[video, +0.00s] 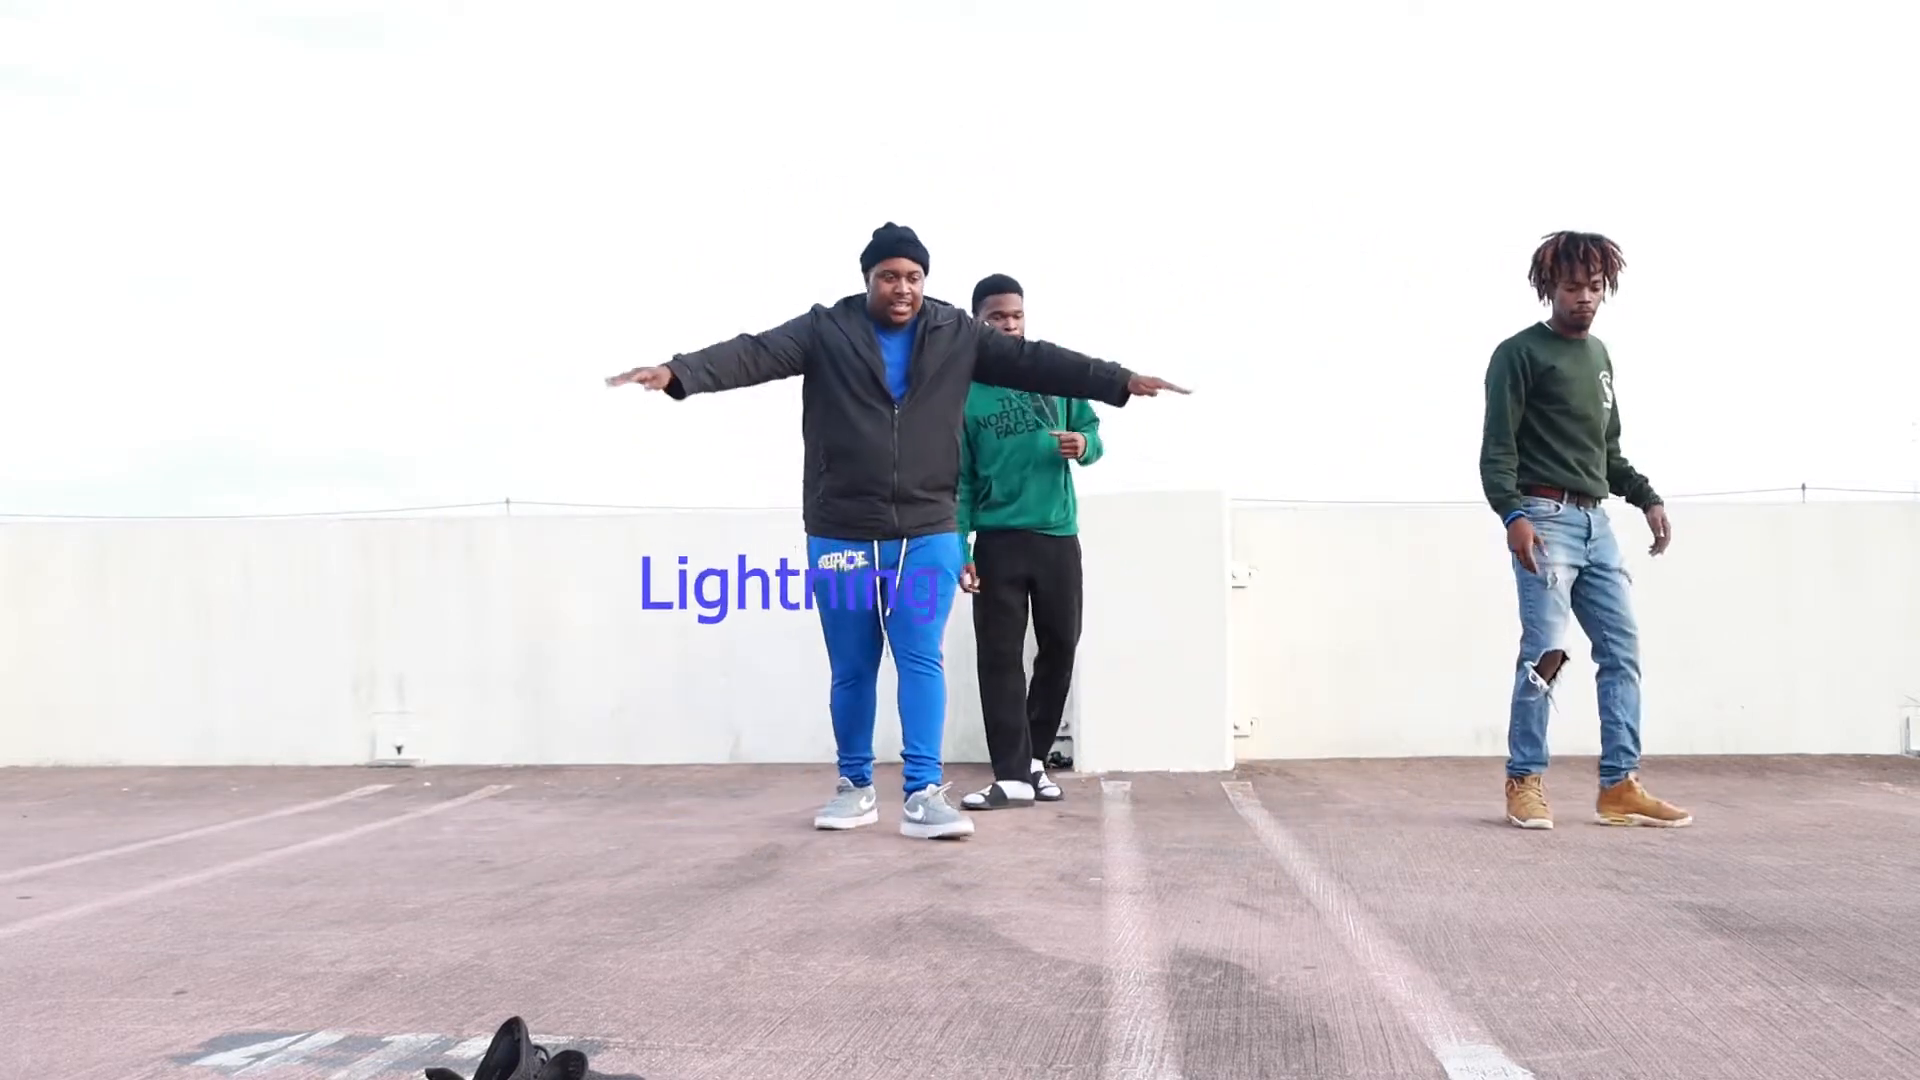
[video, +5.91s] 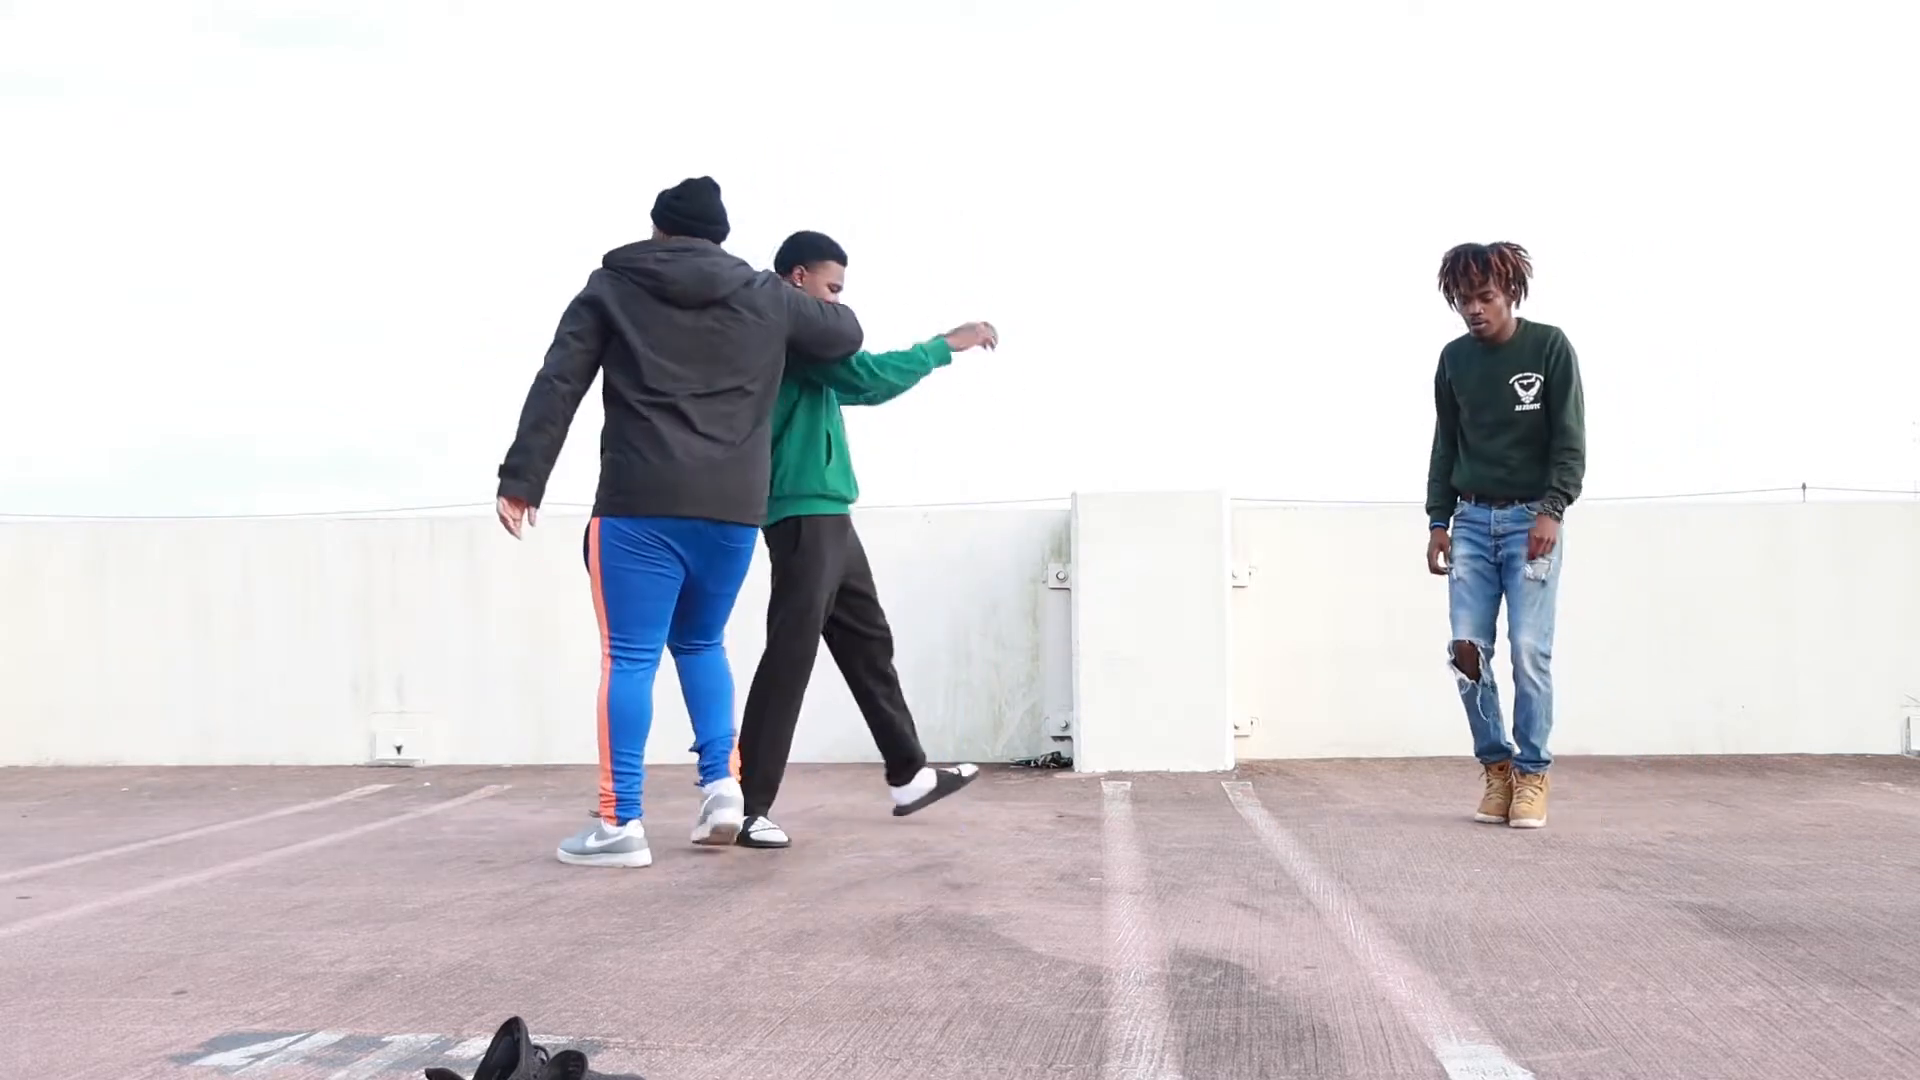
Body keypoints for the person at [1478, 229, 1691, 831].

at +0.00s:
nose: (1586, 296)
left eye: (1595, 285)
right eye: (1574, 285)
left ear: (1605, 288)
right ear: (1550, 286)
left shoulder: (1597, 355)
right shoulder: (1517, 354)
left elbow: (1607, 451)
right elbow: (1496, 452)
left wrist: (1648, 500)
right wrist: (1514, 515)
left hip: (1595, 518)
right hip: (1541, 516)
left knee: (1619, 650)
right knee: (1546, 650)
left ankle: (1619, 785)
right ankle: (1524, 781)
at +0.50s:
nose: (1612, 289)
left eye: (1622, 277)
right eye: (1599, 279)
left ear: (1637, 277)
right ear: (1580, 282)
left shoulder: (1667, 347)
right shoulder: (1557, 354)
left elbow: (1696, 431)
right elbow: (1537, 443)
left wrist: (1705, 503)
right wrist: (1514, 516)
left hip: (1648, 517)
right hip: (1575, 516)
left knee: (1660, 657)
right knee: (1553, 648)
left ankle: (1646, 781)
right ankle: (1579, 754)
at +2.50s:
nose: (1588, 301)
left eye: (1597, 287)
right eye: (1576, 291)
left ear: (1620, 283)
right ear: (1563, 292)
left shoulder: (1659, 349)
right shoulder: (1547, 361)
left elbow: (1685, 441)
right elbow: (1539, 450)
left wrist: (1686, 525)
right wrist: (1540, 523)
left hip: (1645, 518)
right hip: (1571, 521)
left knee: (1662, 656)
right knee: (1563, 653)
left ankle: (1675, 781)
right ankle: (1573, 786)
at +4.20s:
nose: (1507, 317)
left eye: (1517, 304)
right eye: (1496, 308)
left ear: (1542, 297)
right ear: (1486, 309)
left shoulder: (1586, 357)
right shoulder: (1484, 374)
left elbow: (1638, 432)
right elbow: (1478, 464)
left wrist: (1605, 502)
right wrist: (1463, 535)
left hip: (1571, 528)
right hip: (1505, 530)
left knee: (1585, 659)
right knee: (1490, 654)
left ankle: (1625, 782)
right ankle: (1499, 778)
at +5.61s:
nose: (1486, 310)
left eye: (1497, 297)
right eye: (1476, 299)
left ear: (1522, 292)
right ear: (1466, 299)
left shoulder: (1559, 342)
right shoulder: (1455, 352)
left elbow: (1591, 426)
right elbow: (1442, 435)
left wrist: (1593, 505)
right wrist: (1431, 506)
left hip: (1543, 518)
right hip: (1474, 518)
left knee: (1540, 654)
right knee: (1459, 641)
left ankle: (1534, 775)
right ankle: (1495, 762)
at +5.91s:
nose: (1473, 309)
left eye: (1483, 296)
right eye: (1463, 300)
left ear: (1511, 292)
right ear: (1455, 302)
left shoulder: (1549, 345)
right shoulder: (1454, 357)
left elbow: (1570, 437)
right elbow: (1446, 441)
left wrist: (1552, 511)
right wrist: (1439, 520)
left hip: (1530, 519)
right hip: (1469, 519)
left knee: (1527, 649)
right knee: (1467, 652)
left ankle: (1532, 775)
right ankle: (1497, 768)